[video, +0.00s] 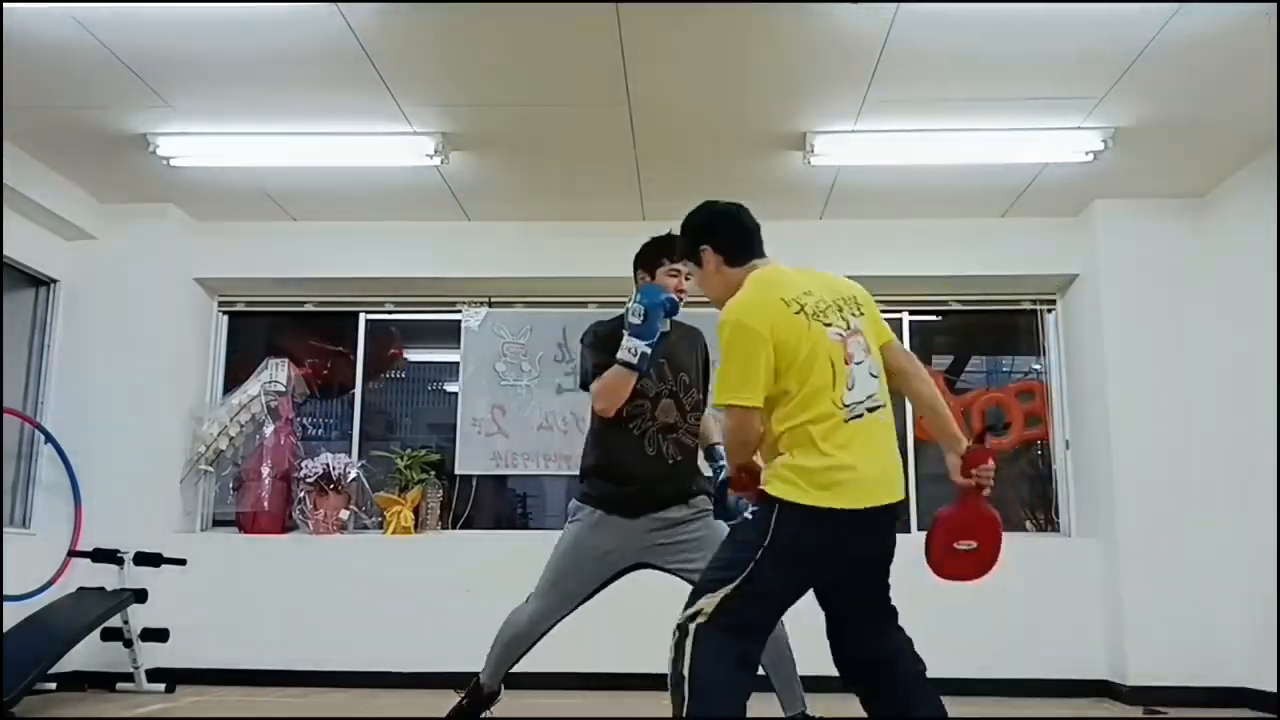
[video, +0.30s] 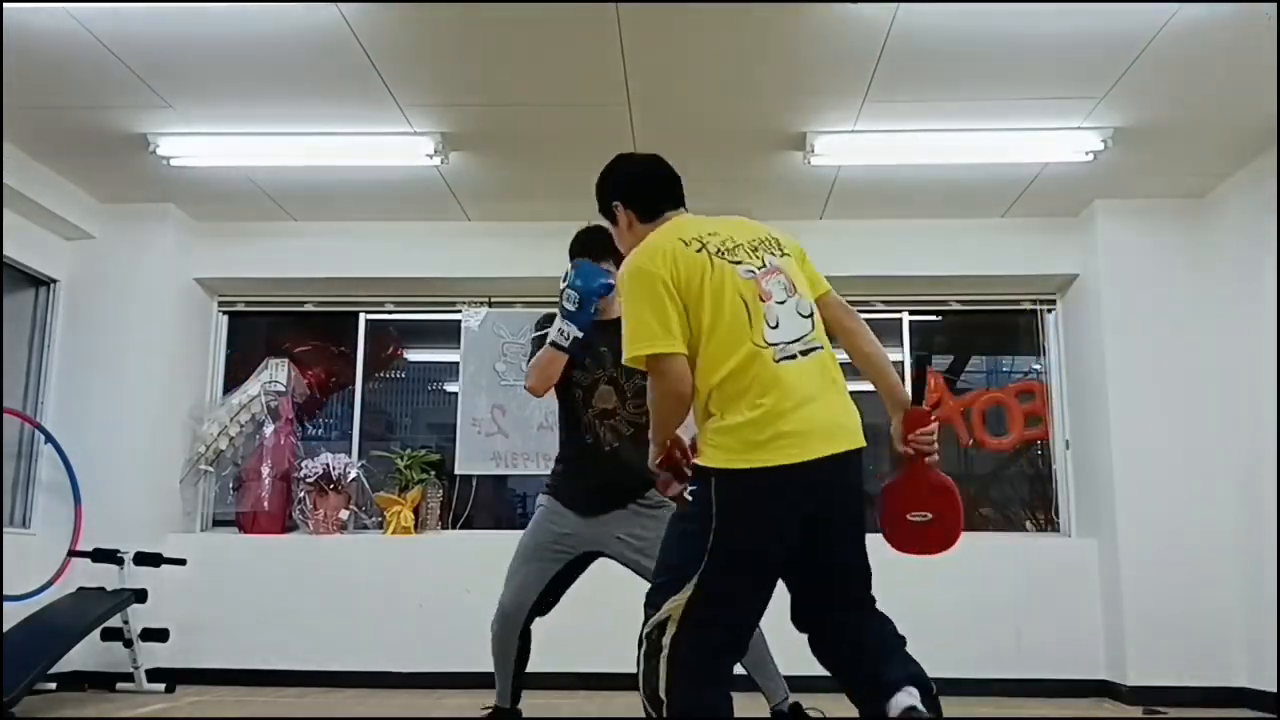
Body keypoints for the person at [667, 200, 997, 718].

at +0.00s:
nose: (697, 283)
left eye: (695, 268)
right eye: (694, 271)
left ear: (713, 255)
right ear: (756, 248)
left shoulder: (746, 310)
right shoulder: (845, 290)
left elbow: (743, 425)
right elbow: (909, 371)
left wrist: (741, 469)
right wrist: (957, 448)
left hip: (805, 501)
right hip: (878, 499)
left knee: (710, 627)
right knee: (867, 631)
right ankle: (922, 713)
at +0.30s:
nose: (617, 239)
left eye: (612, 225)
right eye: (613, 227)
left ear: (624, 214)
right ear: (678, 200)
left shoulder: (648, 263)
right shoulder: (767, 237)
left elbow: (674, 383)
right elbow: (847, 325)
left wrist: (663, 446)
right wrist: (902, 408)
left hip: (746, 471)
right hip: (837, 457)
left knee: (689, 635)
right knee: (839, 607)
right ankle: (904, 701)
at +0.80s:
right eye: (783, 109)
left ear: (688, 106)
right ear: (775, 108)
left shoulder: (646, 155)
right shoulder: (826, 158)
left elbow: (579, 274)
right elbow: (871, 260)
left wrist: (576, 224)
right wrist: (921, 389)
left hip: (658, 424)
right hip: (780, 426)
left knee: (643, 618)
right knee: (777, 622)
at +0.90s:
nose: (768, 114)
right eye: (770, 105)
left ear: (678, 105)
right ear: (763, 105)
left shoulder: (629, 155)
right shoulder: (805, 148)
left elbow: (549, 276)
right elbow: (851, 237)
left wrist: (555, 206)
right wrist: (911, 364)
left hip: (640, 425)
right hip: (762, 425)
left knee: (617, 610)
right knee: (774, 625)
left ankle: (571, 710)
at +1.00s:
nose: (751, 129)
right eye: (752, 121)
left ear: (662, 123)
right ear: (745, 120)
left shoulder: (603, 179)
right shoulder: (773, 157)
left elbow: (537, 299)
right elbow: (816, 231)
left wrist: (563, 217)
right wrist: (877, 349)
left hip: (614, 444)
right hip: (740, 442)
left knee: (577, 627)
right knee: (771, 647)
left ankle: (531, 708)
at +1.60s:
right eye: (509, 187)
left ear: (420, 195)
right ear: (500, 182)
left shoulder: (366, 241)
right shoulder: (529, 206)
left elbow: (316, 349)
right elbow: (599, 284)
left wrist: (373, 422)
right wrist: (658, 410)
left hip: (355, 449)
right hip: (461, 436)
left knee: (450, 654)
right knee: (402, 665)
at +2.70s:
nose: (504, 173)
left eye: (507, 156)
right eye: (503, 149)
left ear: (460, 137)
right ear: (470, 134)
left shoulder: (434, 234)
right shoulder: (393, 166)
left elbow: (492, 273)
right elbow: (308, 256)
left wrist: (577, 263)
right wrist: (316, 387)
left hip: (323, 436)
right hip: (263, 418)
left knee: (354, 623)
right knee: (252, 623)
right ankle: (140, 706)